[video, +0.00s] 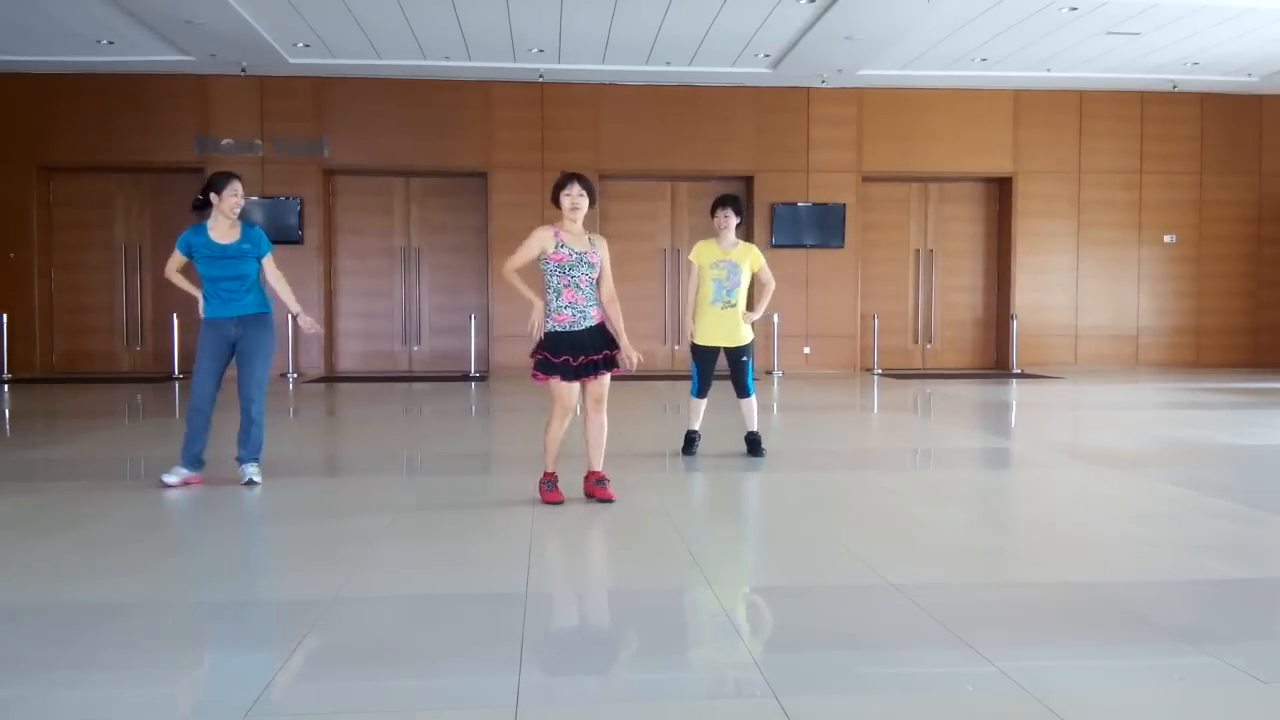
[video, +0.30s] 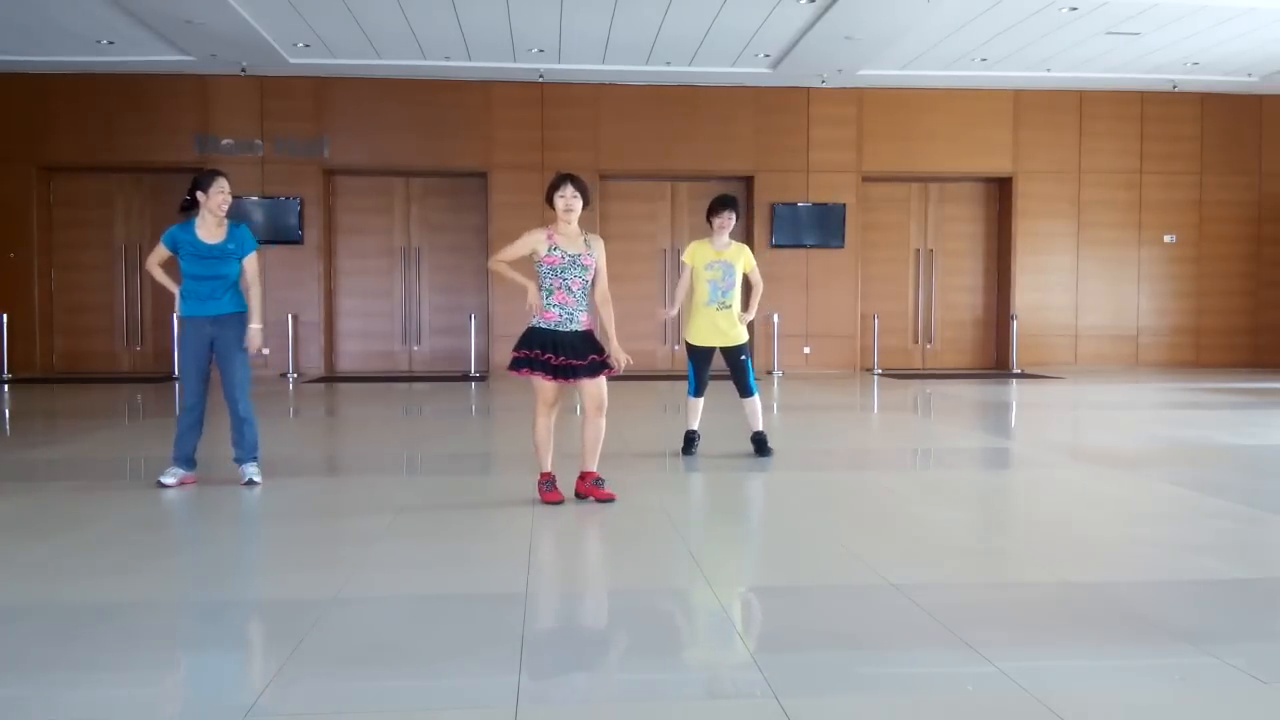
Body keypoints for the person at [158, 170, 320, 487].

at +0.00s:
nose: (240, 202)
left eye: (242, 196)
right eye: (233, 196)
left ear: (242, 200)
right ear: (214, 198)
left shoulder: (254, 235)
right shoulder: (193, 237)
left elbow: (274, 276)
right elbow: (170, 270)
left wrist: (299, 312)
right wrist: (198, 294)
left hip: (256, 324)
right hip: (215, 326)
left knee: (252, 397)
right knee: (201, 395)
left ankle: (250, 463)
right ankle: (190, 465)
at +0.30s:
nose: (227, 199)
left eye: (228, 193)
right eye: (220, 193)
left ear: (230, 197)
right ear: (200, 197)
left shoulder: (240, 234)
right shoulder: (180, 233)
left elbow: (253, 282)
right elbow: (152, 264)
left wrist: (255, 325)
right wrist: (177, 290)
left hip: (232, 320)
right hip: (193, 322)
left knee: (239, 396)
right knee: (191, 395)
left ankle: (248, 462)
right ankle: (184, 465)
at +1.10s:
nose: (193, 205)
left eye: (199, 198)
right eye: (187, 199)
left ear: (214, 200)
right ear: (181, 204)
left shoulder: (227, 241)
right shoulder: (171, 233)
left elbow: (229, 291)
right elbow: (149, 261)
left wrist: (220, 334)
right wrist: (159, 290)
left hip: (197, 323)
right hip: (161, 322)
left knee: (208, 395)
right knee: (169, 398)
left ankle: (241, 460)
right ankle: (183, 466)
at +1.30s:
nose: (200, 204)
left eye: (206, 197)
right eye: (194, 198)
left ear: (221, 199)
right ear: (189, 202)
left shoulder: (238, 239)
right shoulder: (180, 233)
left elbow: (242, 288)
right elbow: (153, 260)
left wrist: (234, 331)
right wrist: (165, 293)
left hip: (214, 324)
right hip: (175, 323)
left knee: (226, 398)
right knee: (179, 399)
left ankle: (246, 463)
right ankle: (182, 466)